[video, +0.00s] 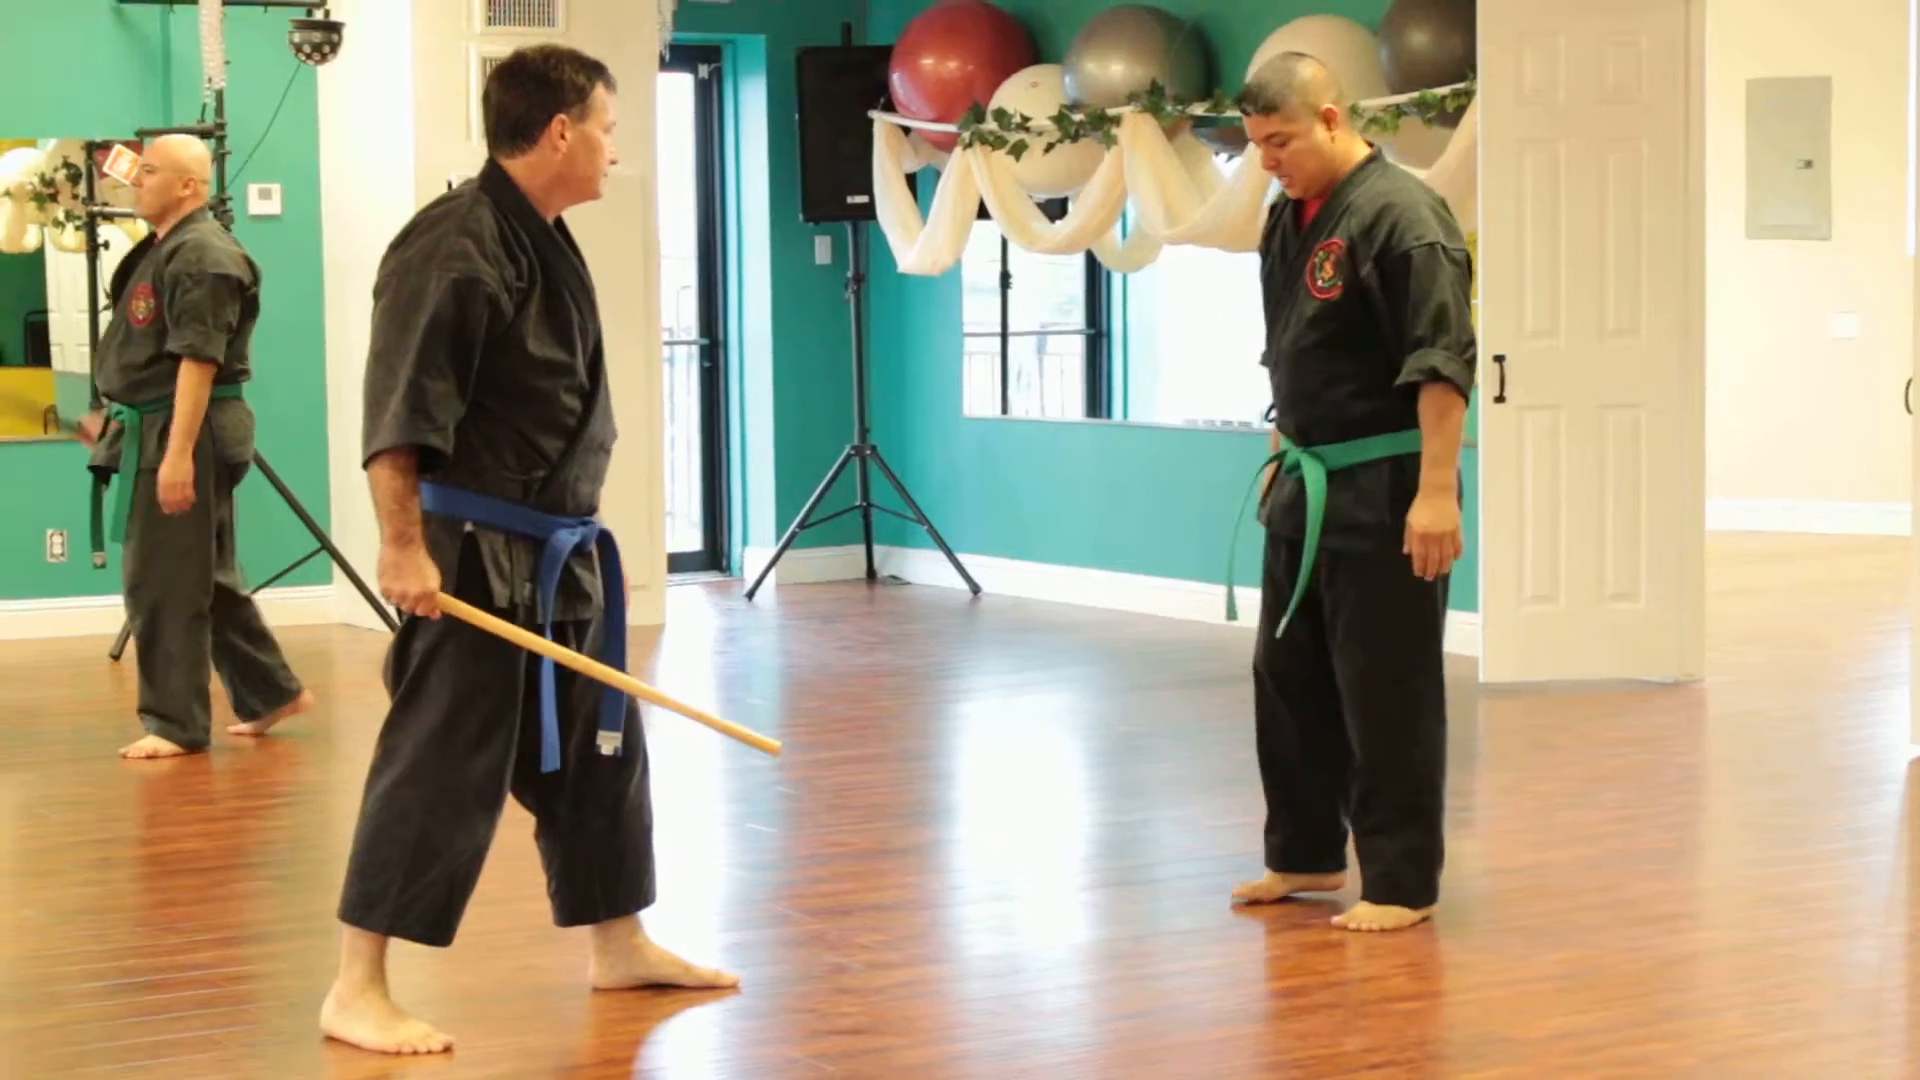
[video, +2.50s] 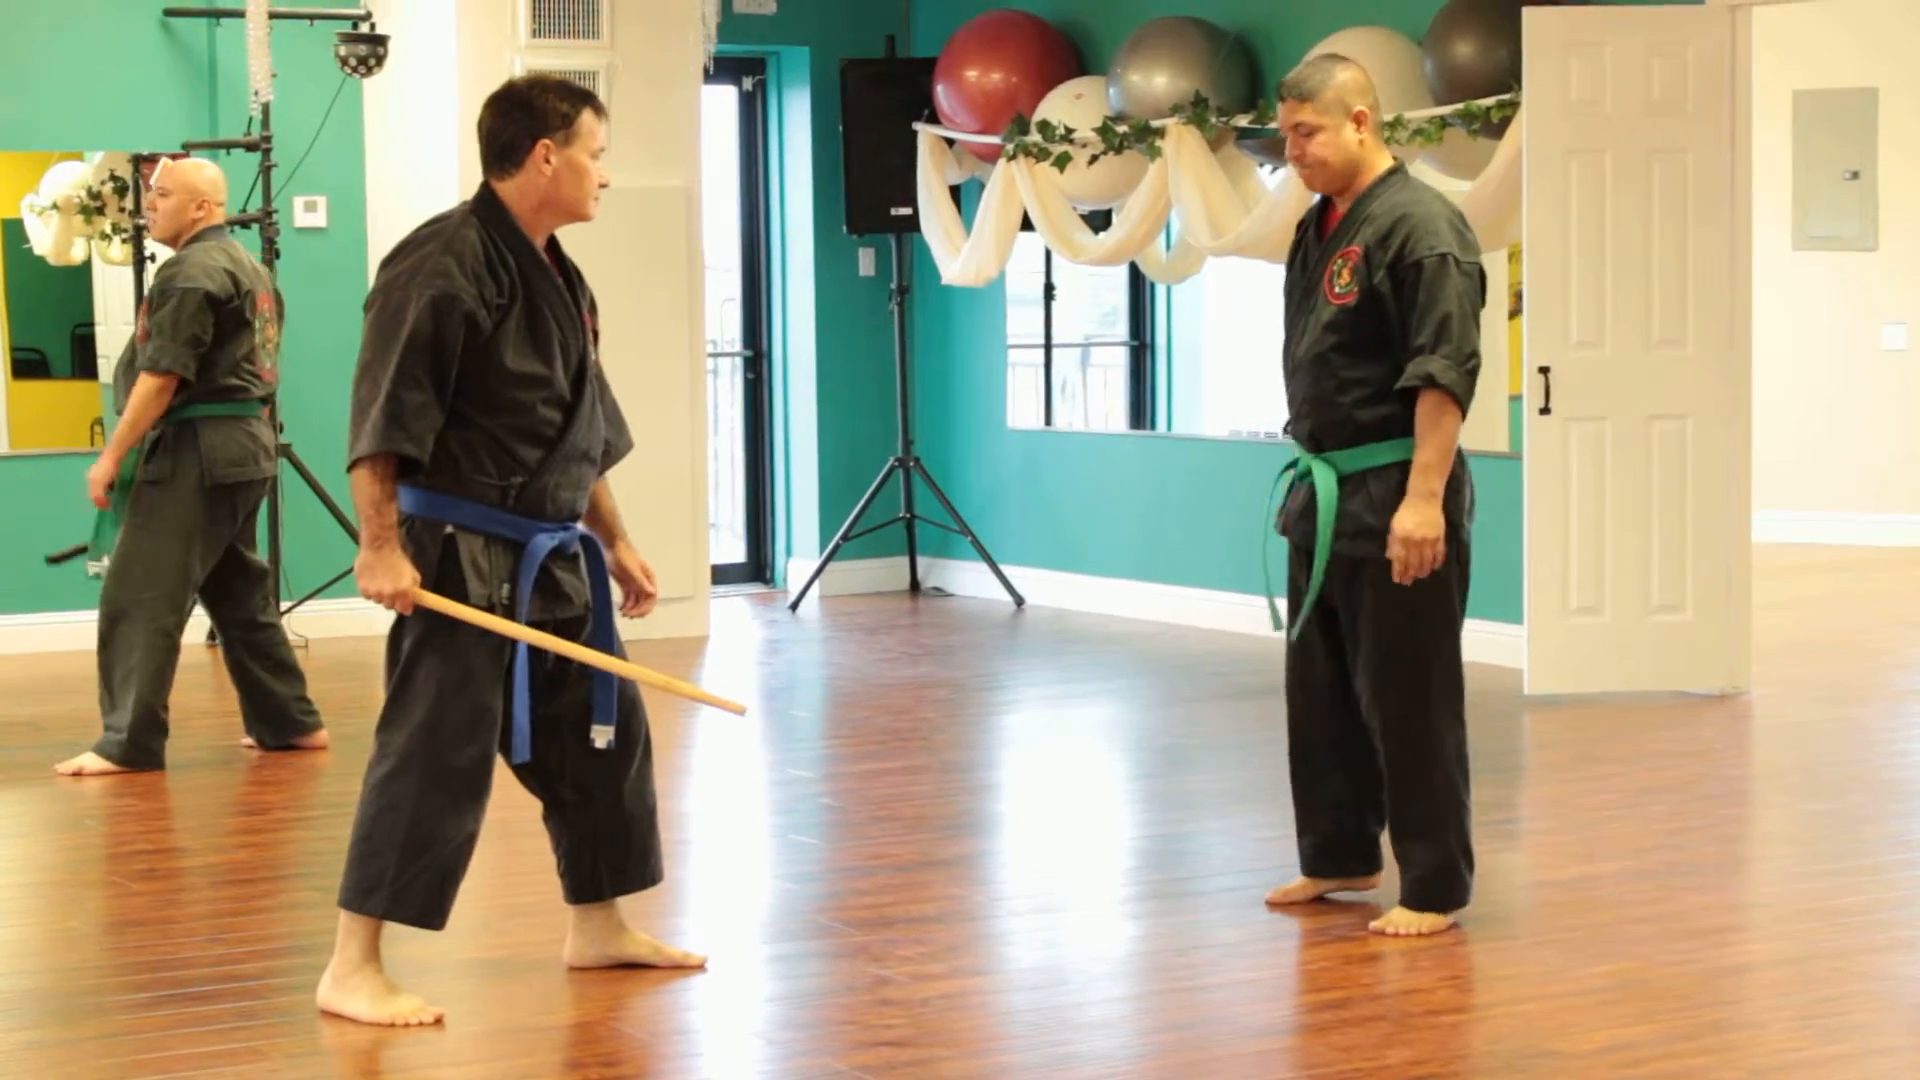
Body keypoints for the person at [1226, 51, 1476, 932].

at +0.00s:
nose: (1272, 166)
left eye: (1281, 146)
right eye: (1262, 150)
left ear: (1333, 120)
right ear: (1260, 141)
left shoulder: (1406, 217)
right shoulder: (1288, 218)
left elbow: (1443, 364)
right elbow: (1298, 353)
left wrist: (1438, 491)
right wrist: (1283, 454)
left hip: (1385, 473)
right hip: (1307, 473)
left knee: (1387, 682)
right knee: (1291, 672)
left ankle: (1401, 885)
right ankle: (1306, 861)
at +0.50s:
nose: (1262, 144)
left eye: (1277, 127)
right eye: (1256, 129)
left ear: (1334, 119)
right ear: (1259, 131)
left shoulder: (1398, 216)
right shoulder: (1271, 224)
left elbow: (1432, 365)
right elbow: (1261, 364)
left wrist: (1408, 483)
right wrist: (1238, 464)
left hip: (1372, 479)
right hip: (1288, 480)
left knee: (1389, 690)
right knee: (1295, 682)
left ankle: (1410, 888)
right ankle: (1310, 862)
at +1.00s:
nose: (1298, 149)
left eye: (1311, 130)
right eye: (1291, 134)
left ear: (1367, 116)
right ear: (1298, 133)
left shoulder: (1435, 218)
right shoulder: (1315, 222)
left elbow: (1458, 369)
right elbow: (1310, 361)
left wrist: (1436, 491)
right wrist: (1297, 469)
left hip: (1404, 475)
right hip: (1321, 475)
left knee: (1414, 687)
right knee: (1318, 679)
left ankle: (1430, 882)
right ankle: (1334, 862)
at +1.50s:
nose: (1309, 149)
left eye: (1323, 131)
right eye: (1302, 134)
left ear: (1378, 119)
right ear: (1306, 134)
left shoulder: (1443, 223)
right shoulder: (1319, 226)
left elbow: (1471, 374)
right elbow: (1310, 364)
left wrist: (1461, 497)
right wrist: (1299, 465)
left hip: (1409, 480)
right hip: (1325, 480)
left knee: (1429, 689)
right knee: (1327, 679)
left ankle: (1442, 884)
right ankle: (1340, 860)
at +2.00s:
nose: (1294, 156)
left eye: (1307, 138)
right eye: (1287, 141)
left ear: (1362, 123)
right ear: (1294, 141)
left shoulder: (1429, 224)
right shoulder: (1307, 231)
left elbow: (1452, 376)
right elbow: (1297, 368)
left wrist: (1429, 495)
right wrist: (1281, 466)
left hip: (1398, 480)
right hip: (1315, 481)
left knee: (1408, 689)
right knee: (1319, 680)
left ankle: (1431, 885)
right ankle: (1339, 862)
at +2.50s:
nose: (1292, 152)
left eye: (1305, 134)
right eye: (1286, 137)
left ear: (1361, 123)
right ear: (1299, 137)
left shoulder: (1423, 225)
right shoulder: (1317, 226)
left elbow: (1444, 373)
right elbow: (1317, 360)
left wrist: (1424, 496)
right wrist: (1305, 475)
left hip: (1399, 480)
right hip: (1326, 480)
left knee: (1410, 693)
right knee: (1324, 684)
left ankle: (1435, 890)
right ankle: (1343, 861)